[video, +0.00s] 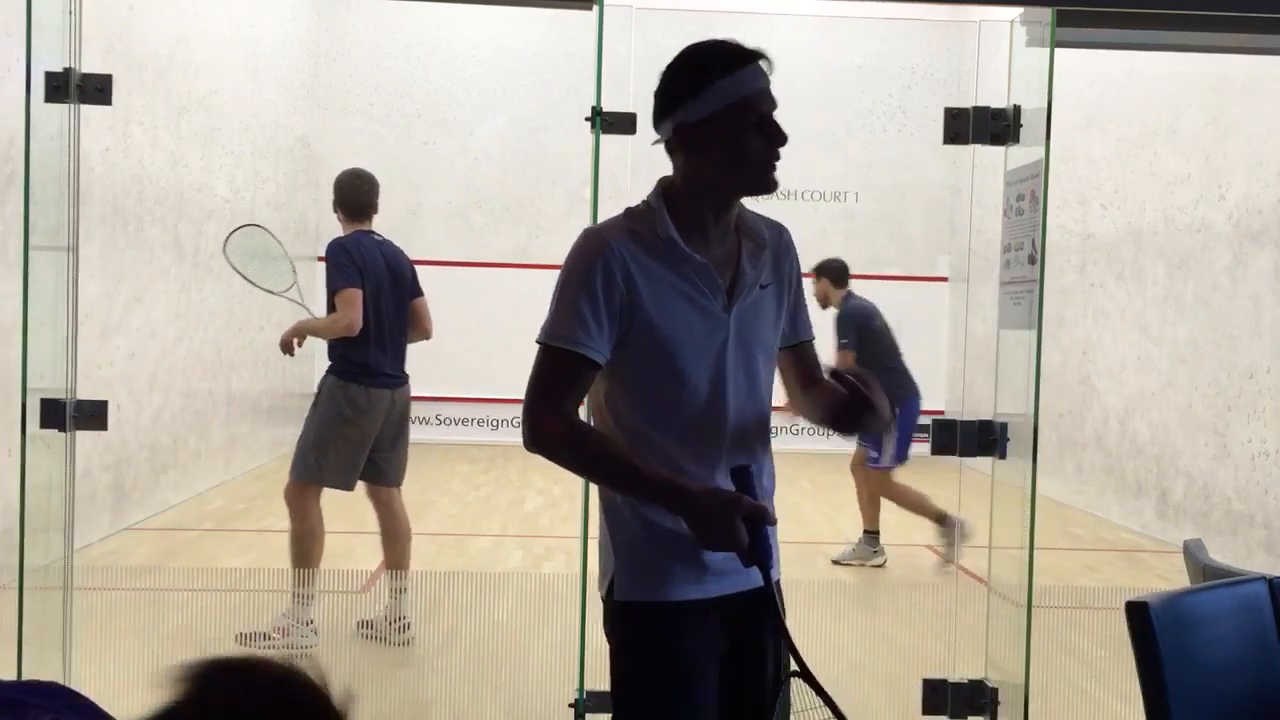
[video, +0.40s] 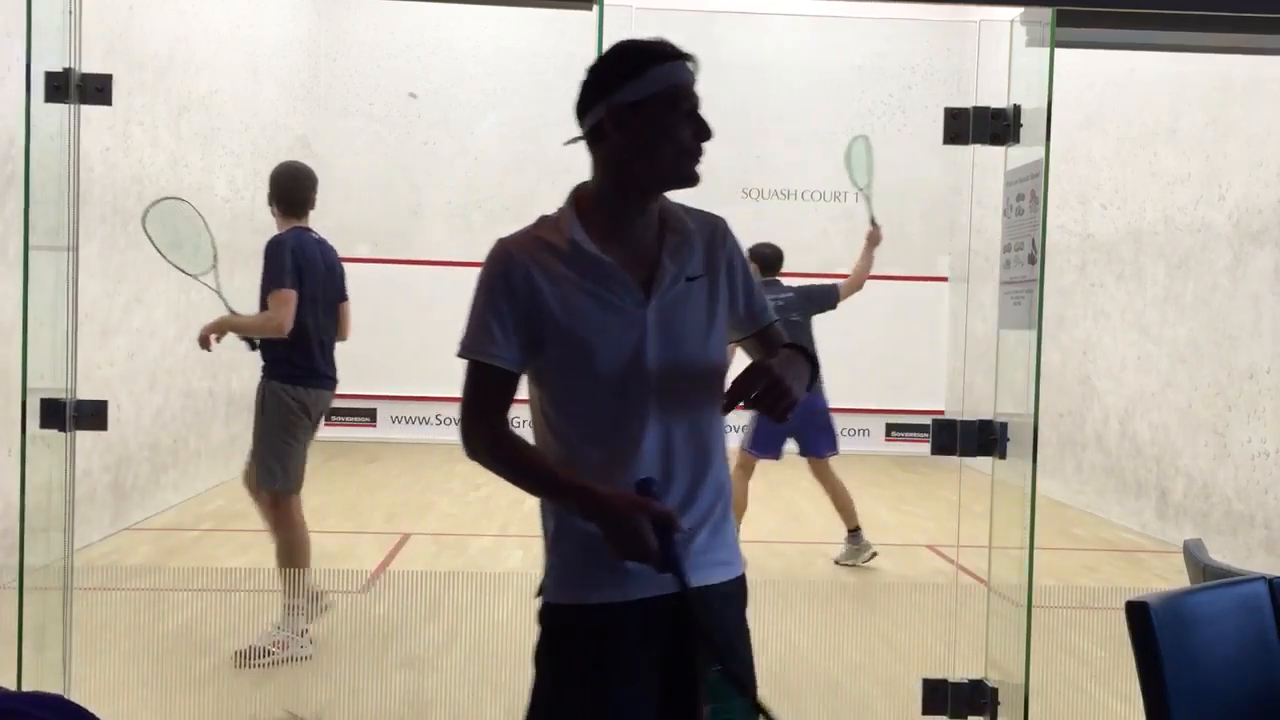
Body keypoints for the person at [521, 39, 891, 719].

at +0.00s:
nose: (781, 136)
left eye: (773, 118)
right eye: (759, 120)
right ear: (691, 136)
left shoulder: (771, 246)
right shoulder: (609, 253)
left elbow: (809, 389)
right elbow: (545, 423)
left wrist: (849, 405)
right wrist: (688, 501)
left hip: (753, 568)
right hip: (658, 578)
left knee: (756, 712)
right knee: (668, 716)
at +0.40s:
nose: (705, 132)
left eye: (698, 113)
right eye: (686, 112)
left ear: (619, 129)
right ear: (614, 127)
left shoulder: (710, 241)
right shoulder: (525, 263)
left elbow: (777, 349)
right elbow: (481, 430)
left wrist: (788, 367)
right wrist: (598, 504)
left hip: (710, 582)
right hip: (596, 594)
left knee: (720, 712)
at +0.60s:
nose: (641, 132)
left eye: (636, 112)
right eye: (621, 113)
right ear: (554, 123)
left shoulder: (654, 240)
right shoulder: (460, 259)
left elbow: (714, 370)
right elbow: (414, 420)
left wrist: (723, 392)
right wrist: (494, 510)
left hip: (645, 575)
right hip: (519, 585)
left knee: (682, 712)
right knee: (500, 717)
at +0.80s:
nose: (586, 142)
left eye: (587, 122)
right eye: (563, 123)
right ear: (495, 127)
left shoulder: (605, 242)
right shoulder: (407, 261)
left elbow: (653, 383)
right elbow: (354, 416)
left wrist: (637, 411)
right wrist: (394, 537)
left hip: (587, 579)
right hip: (456, 581)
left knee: (624, 711)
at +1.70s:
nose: (647, 139)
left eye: (646, 119)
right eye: (626, 117)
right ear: (551, 117)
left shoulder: (647, 235)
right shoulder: (450, 255)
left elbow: (666, 365)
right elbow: (406, 431)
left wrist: (671, 411)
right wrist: (394, 596)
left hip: (626, 582)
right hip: (498, 588)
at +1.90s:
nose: (747, 137)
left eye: (743, 116)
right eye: (729, 115)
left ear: (662, 120)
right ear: (657, 117)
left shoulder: (723, 239)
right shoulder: (544, 249)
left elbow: (730, 371)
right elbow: (493, 424)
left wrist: (759, 416)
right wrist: (502, 588)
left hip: (703, 591)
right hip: (578, 599)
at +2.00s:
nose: (793, 135)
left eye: (788, 113)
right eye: (774, 112)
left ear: (717, 118)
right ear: (703, 114)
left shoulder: (758, 239)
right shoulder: (589, 247)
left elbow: (771, 362)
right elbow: (540, 431)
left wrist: (816, 414)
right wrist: (574, 590)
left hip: (743, 589)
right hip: (627, 602)